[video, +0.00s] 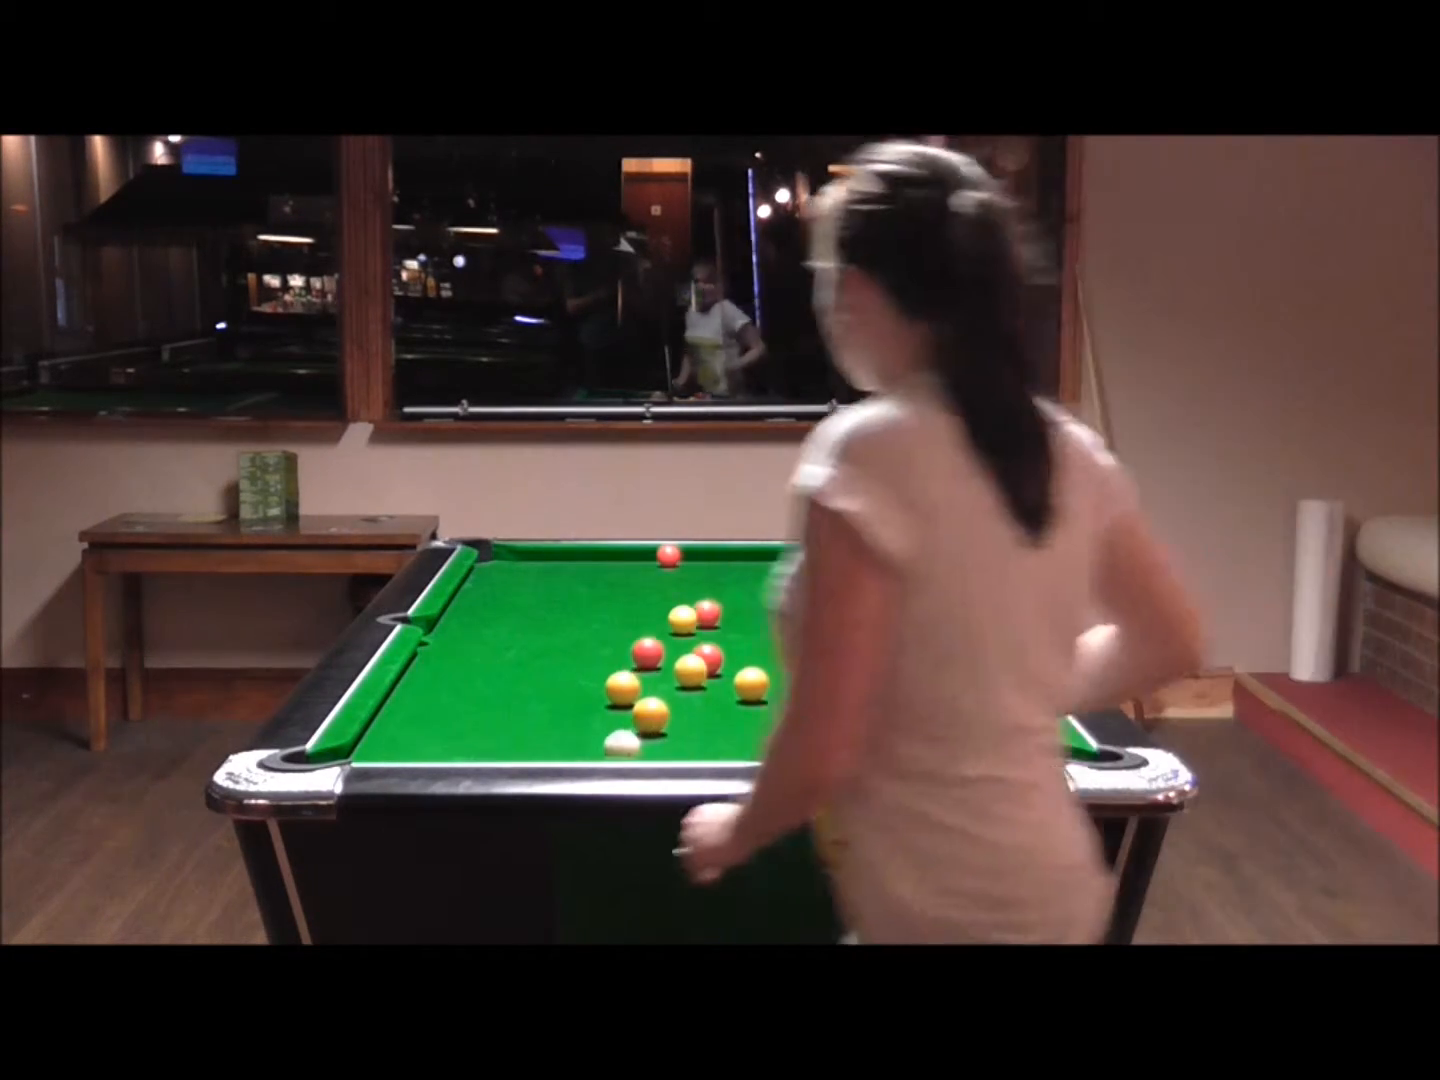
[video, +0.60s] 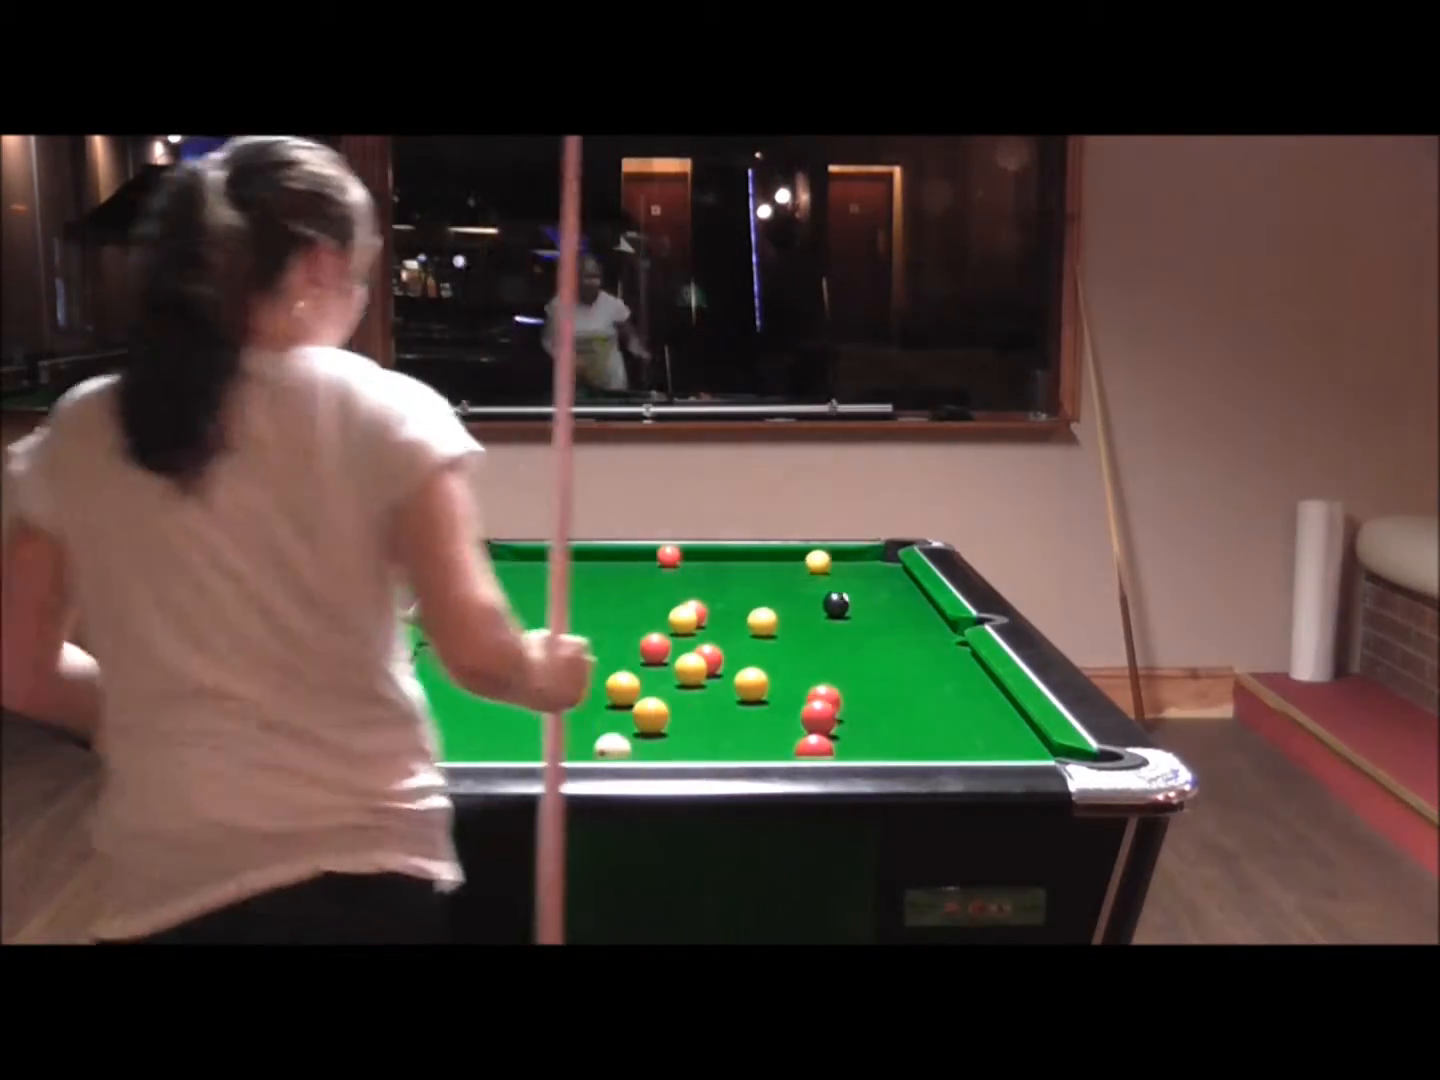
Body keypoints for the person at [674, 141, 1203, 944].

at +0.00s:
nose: (828, 308)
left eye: (830, 283)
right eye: (826, 284)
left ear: (862, 293)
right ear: (978, 283)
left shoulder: (863, 451)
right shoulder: (1068, 447)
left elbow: (824, 745)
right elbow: (1166, 636)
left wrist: (738, 830)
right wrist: (1027, 688)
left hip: (921, 894)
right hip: (1058, 874)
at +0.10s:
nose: (739, 292)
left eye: (740, 269)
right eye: (740, 268)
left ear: (765, 280)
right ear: (887, 270)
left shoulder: (751, 442)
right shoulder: (977, 430)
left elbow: (722, 710)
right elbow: (1082, 632)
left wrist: (658, 836)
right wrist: (939, 679)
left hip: (817, 872)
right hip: (960, 851)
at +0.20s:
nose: (608, 281)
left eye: (609, 256)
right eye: (607, 254)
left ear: (630, 272)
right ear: (755, 261)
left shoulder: (590, 435)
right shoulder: (846, 419)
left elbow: (562, 727)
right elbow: (955, 628)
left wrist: (518, 848)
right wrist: (823, 674)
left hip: (661, 851)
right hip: (823, 825)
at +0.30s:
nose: (515, 276)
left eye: (520, 255)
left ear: (531, 278)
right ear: (676, 270)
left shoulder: (479, 442)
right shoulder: (755, 424)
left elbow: (439, 700)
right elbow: (864, 641)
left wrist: (421, 835)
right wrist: (757, 678)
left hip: (552, 877)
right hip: (733, 863)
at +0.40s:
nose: (551, 298)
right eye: (549, 280)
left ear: (397, 283)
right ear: (530, 287)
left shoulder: (311, 452)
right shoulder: (606, 440)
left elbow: (231, 724)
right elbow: (710, 670)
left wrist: (273, 809)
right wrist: (667, 688)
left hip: (375, 891)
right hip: (569, 885)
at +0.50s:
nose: (464, 309)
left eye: (462, 286)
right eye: (460, 286)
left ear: (305, 283)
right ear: (430, 287)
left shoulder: (203, 448)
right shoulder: (505, 437)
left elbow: (115, 717)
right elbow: (615, 685)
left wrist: (233, 782)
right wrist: (646, 663)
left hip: (280, 900)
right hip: (475, 893)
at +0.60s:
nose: (361, 303)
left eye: (368, 281)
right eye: (362, 278)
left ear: (200, 262)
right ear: (316, 266)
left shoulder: (79, 431)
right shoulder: (384, 412)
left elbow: (26, 677)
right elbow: (474, 648)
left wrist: (157, 712)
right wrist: (541, 672)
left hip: (168, 895)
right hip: (374, 879)